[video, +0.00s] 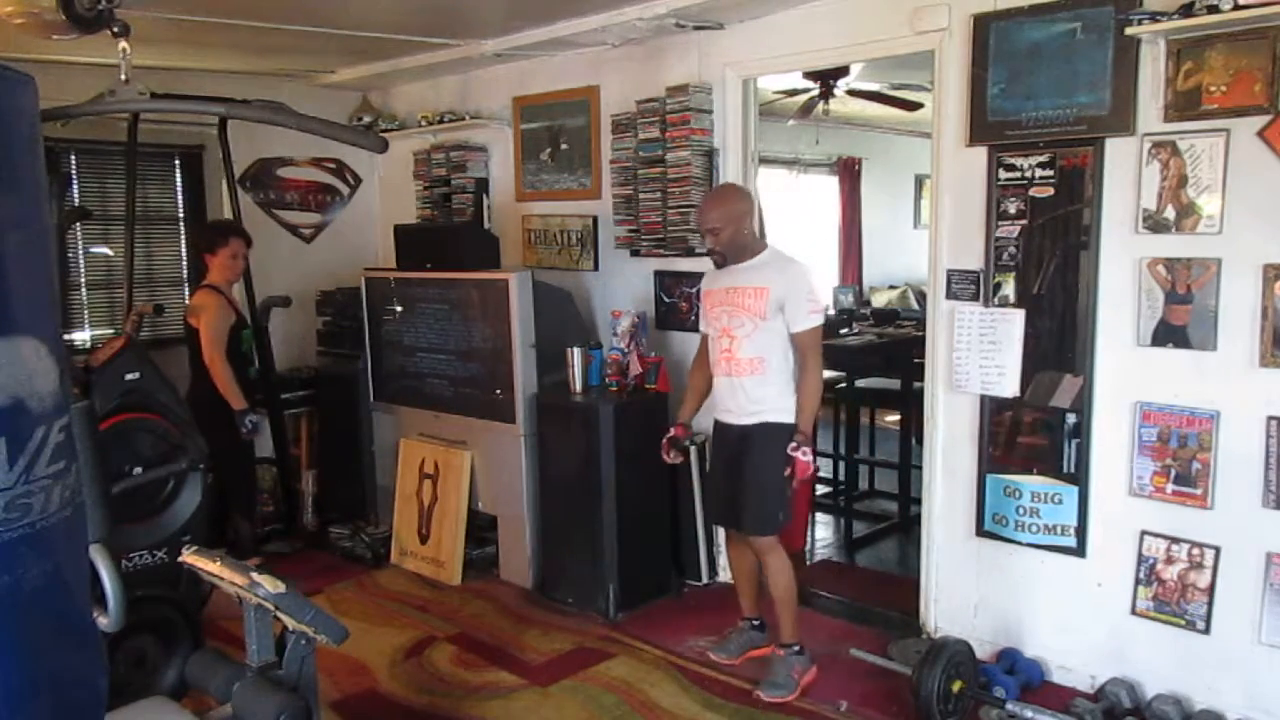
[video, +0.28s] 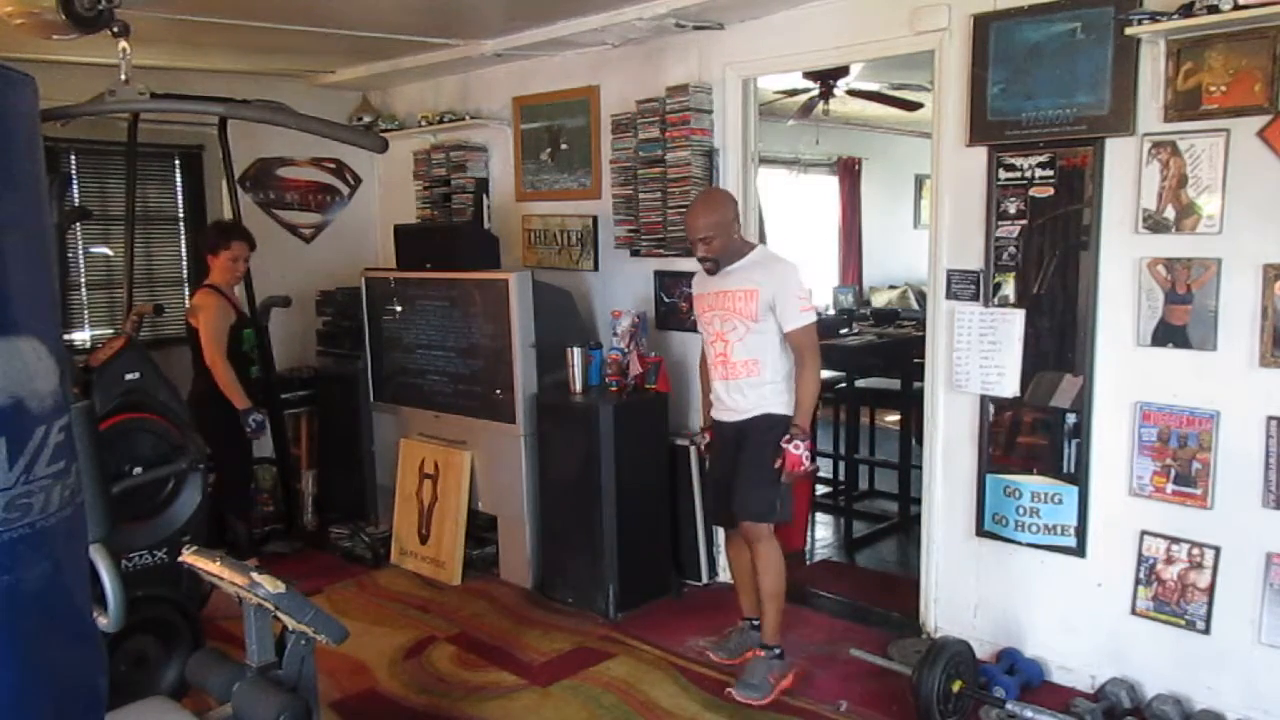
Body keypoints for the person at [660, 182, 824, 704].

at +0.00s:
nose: (708, 241)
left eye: (715, 231)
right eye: (703, 232)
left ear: (747, 222)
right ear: (707, 228)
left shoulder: (789, 276)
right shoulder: (712, 283)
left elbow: (811, 361)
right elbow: (705, 360)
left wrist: (803, 436)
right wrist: (681, 422)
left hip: (774, 425)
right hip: (726, 424)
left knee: (764, 536)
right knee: (735, 531)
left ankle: (792, 651)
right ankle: (750, 626)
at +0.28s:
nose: (699, 251)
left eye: (708, 241)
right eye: (693, 242)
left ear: (736, 229)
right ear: (691, 236)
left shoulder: (779, 275)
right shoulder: (704, 280)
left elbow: (810, 357)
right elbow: (710, 353)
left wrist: (801, 429)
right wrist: (708, 418)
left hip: (769, 420)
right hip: (724, 421)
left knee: (758, 528)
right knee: (734, 527)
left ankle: (772, 651)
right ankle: (750, 625)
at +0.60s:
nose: (694, 246)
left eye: (702, 236)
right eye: (691, 236)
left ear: (735, 229)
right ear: (699, 233)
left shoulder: (781, 286)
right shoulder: (699, 284)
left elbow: (803, 374)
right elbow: (695, 363)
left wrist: (794, 448)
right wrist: (679, 432)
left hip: (762, 438)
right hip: (714, 436)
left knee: (758, 552)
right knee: (730, 543)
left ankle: (757, 669)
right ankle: (751, 629)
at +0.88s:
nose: (685, 229)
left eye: (692, 219)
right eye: (686, 218)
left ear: (725, 221)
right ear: (723, 222)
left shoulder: (784, 288)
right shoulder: (704, 279)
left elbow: (805, 383)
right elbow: (690, 358)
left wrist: (793, 466)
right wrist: (646, 419)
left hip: (762, 446)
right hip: (708, 440)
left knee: (757, 560)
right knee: (696, 540)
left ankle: (755, 678)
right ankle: (737, 617)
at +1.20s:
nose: (681, 254)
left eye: (686, 242)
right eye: (675, 243)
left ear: (721, 226)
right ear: (700, 233)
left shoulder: (776, 286)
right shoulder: (696, 285)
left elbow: (790, 386)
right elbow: (702, 371)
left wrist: (753, 461)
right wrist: (684, 439)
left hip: (755, 455)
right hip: (697, 450)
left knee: (756, 574)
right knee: (670, 555)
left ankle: (754, 681)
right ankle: (647, 671)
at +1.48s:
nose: (639, 262)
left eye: (645, 248)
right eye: (633, 251)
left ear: (683, 233)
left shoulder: (745, 284)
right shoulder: (653, 294)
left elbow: (777, 381)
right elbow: (676, 372)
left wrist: (750, 470)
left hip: (734, 464)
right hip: (670, 458)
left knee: (748, 581)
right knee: (641, 571)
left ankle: (754, 681)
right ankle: (626, 694)